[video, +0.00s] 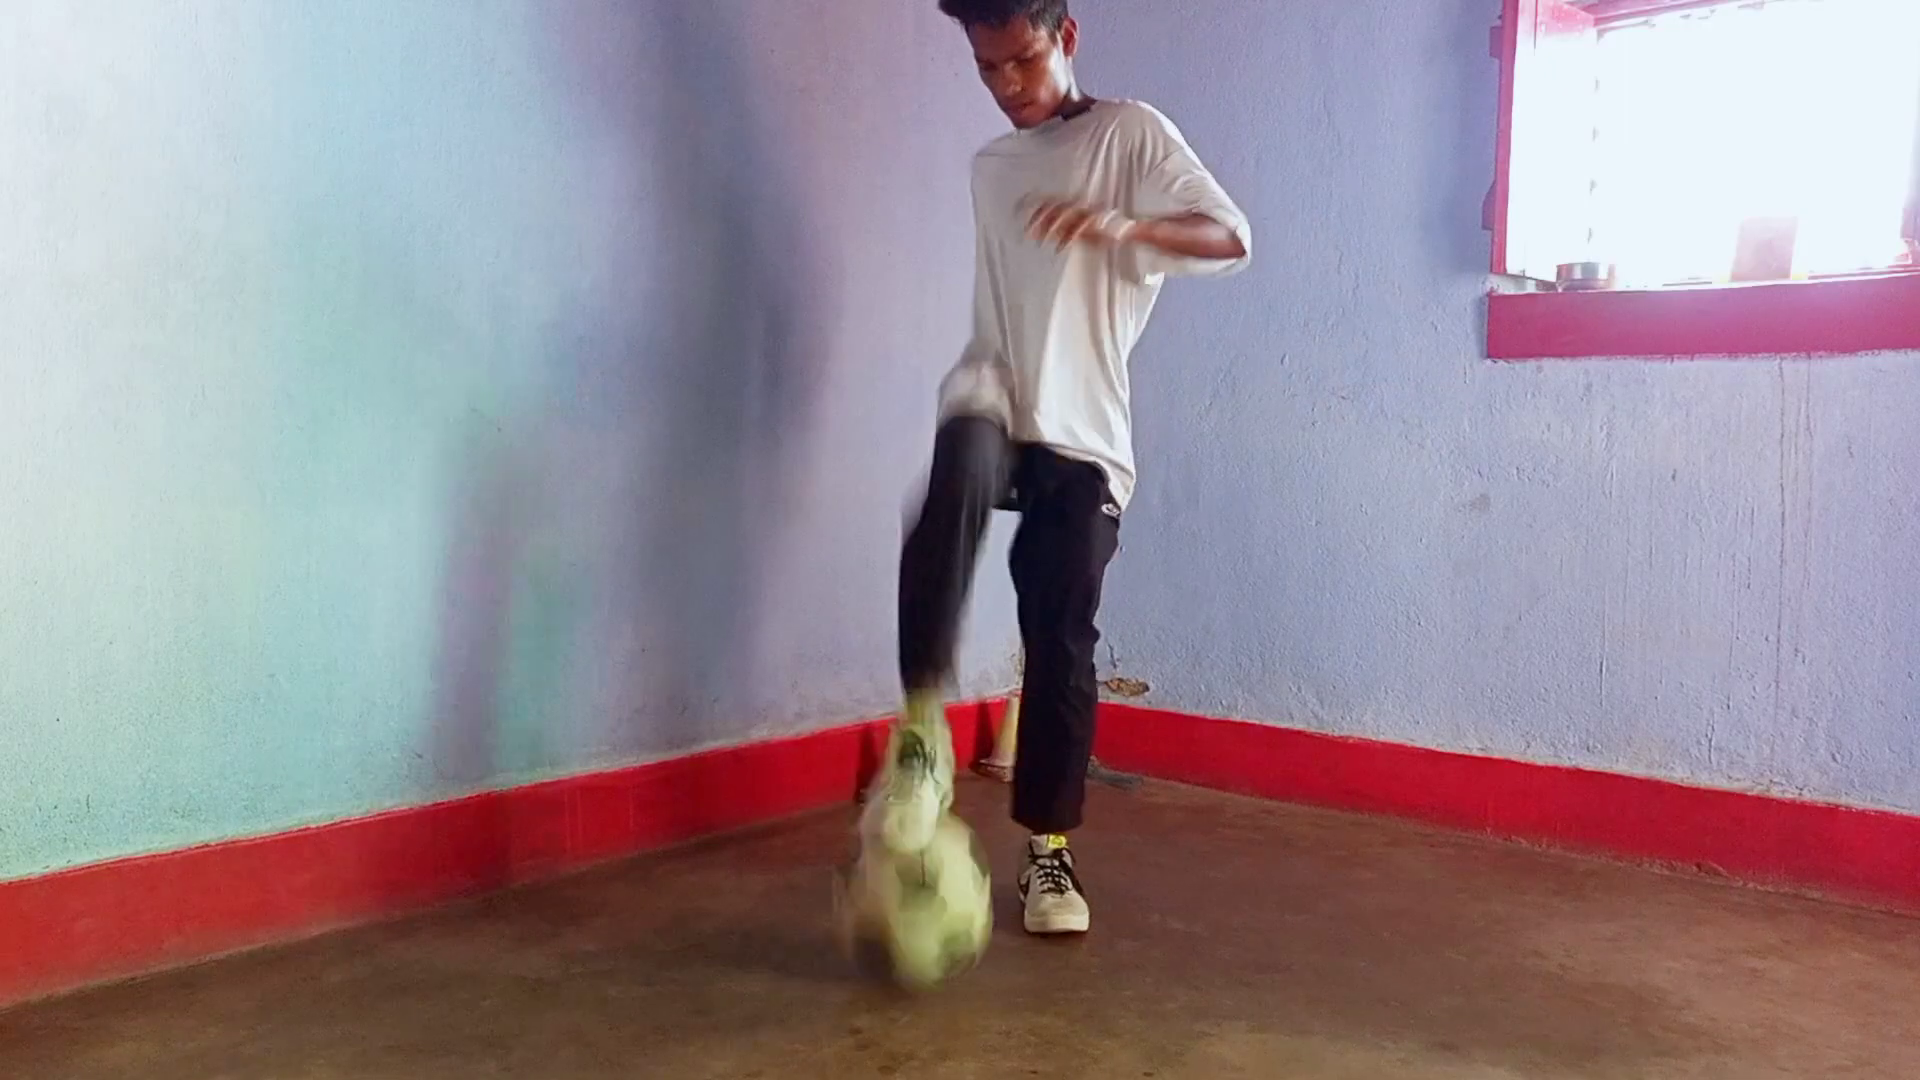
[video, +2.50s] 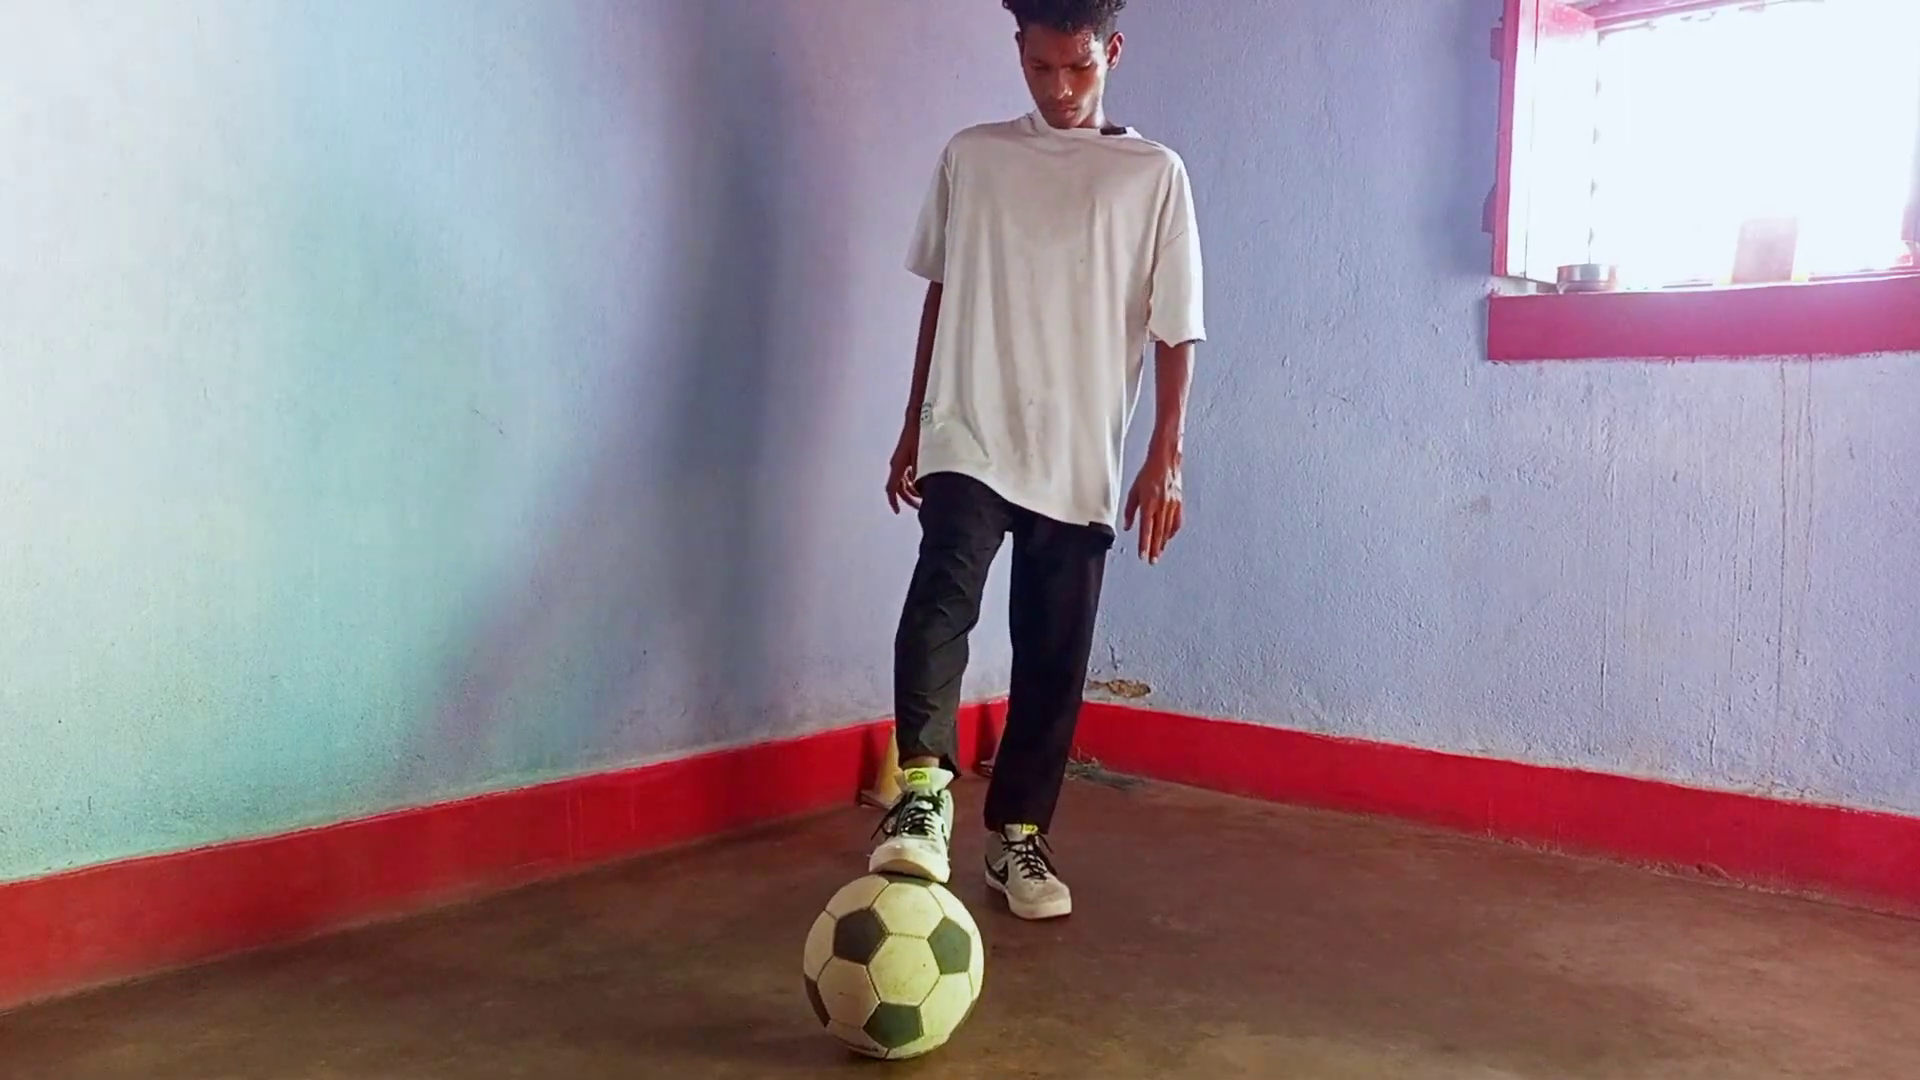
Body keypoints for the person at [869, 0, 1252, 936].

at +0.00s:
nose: (1010, 85)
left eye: (1025, 60)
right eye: (992, 67)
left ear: (1068, 38)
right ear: (974, 60)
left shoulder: (1132, 131)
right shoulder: (990, 165)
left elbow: (1229, 237)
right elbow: (999, 290)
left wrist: (1126, 229)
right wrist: (992, 380)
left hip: (1083, 420)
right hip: (989, 396)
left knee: (1061, 625)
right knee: (960, 474)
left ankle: (1049, 850)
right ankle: (921, 717)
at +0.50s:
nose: (947, 69)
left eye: (964, 46)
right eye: (930, 51)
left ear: (1012, 22)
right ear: (914, 40)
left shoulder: (1069, 125)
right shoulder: (946, 138)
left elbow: (1148, 271)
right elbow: (970, 277)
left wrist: (1110, 398)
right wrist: (948, 389)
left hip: (1038, 430)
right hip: (938, 413)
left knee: (1042, 637)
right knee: (836, 539)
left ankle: (1047, 848)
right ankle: (876, 753)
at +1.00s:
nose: (875, 61)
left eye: (890, 39)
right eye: (853, 44)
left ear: (920, 22)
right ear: (828, 36)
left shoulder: (989, 117)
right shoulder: (808, 150)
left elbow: (1042, 261)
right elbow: (782, 294)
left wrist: (1072, 375)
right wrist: (707, 388)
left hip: (982, 417)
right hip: (872, 427)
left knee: (974, 605)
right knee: (869, 632)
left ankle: (949, 831)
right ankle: (876, 840)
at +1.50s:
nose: (980, 71)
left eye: (998, 52)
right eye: (962, 52)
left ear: (1027, 39)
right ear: (931, 37)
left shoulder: (1066, 146)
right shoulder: (878, 135)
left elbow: (1087, 293)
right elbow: (842, 278)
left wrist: (1111, 410)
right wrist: (803, 398)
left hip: (1010, 429)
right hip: (904, 414)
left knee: (991, 652)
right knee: (907, 581)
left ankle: (959, 843)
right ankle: (889, 786)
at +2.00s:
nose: (1063, 72)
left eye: (1081, 54)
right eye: (1046, 52)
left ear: (1112, 50)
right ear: (1018, 47)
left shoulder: (1148, 177)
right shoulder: (960, 152)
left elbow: (1161, 336)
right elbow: (922, 297)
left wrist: (1162, 464)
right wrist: (896, 421)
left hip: (1078, 455)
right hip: (963, 437)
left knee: (1051, 657)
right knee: (939, 593)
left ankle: (1019, 835)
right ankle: (916, 798)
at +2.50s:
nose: (1060, 87)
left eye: (1078, 66)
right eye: (1043, 66)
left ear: (1113, 54)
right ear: (1018, 53)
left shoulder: (1156, 175)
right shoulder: (970, 157)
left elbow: (1175, 331)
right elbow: (940, 301)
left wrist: (1166, 458)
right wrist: (914, 425)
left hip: (1080, 455)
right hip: (970, 438)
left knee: (1054, 658)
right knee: (941, 593)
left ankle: (1021, 837)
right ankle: (920, 797)